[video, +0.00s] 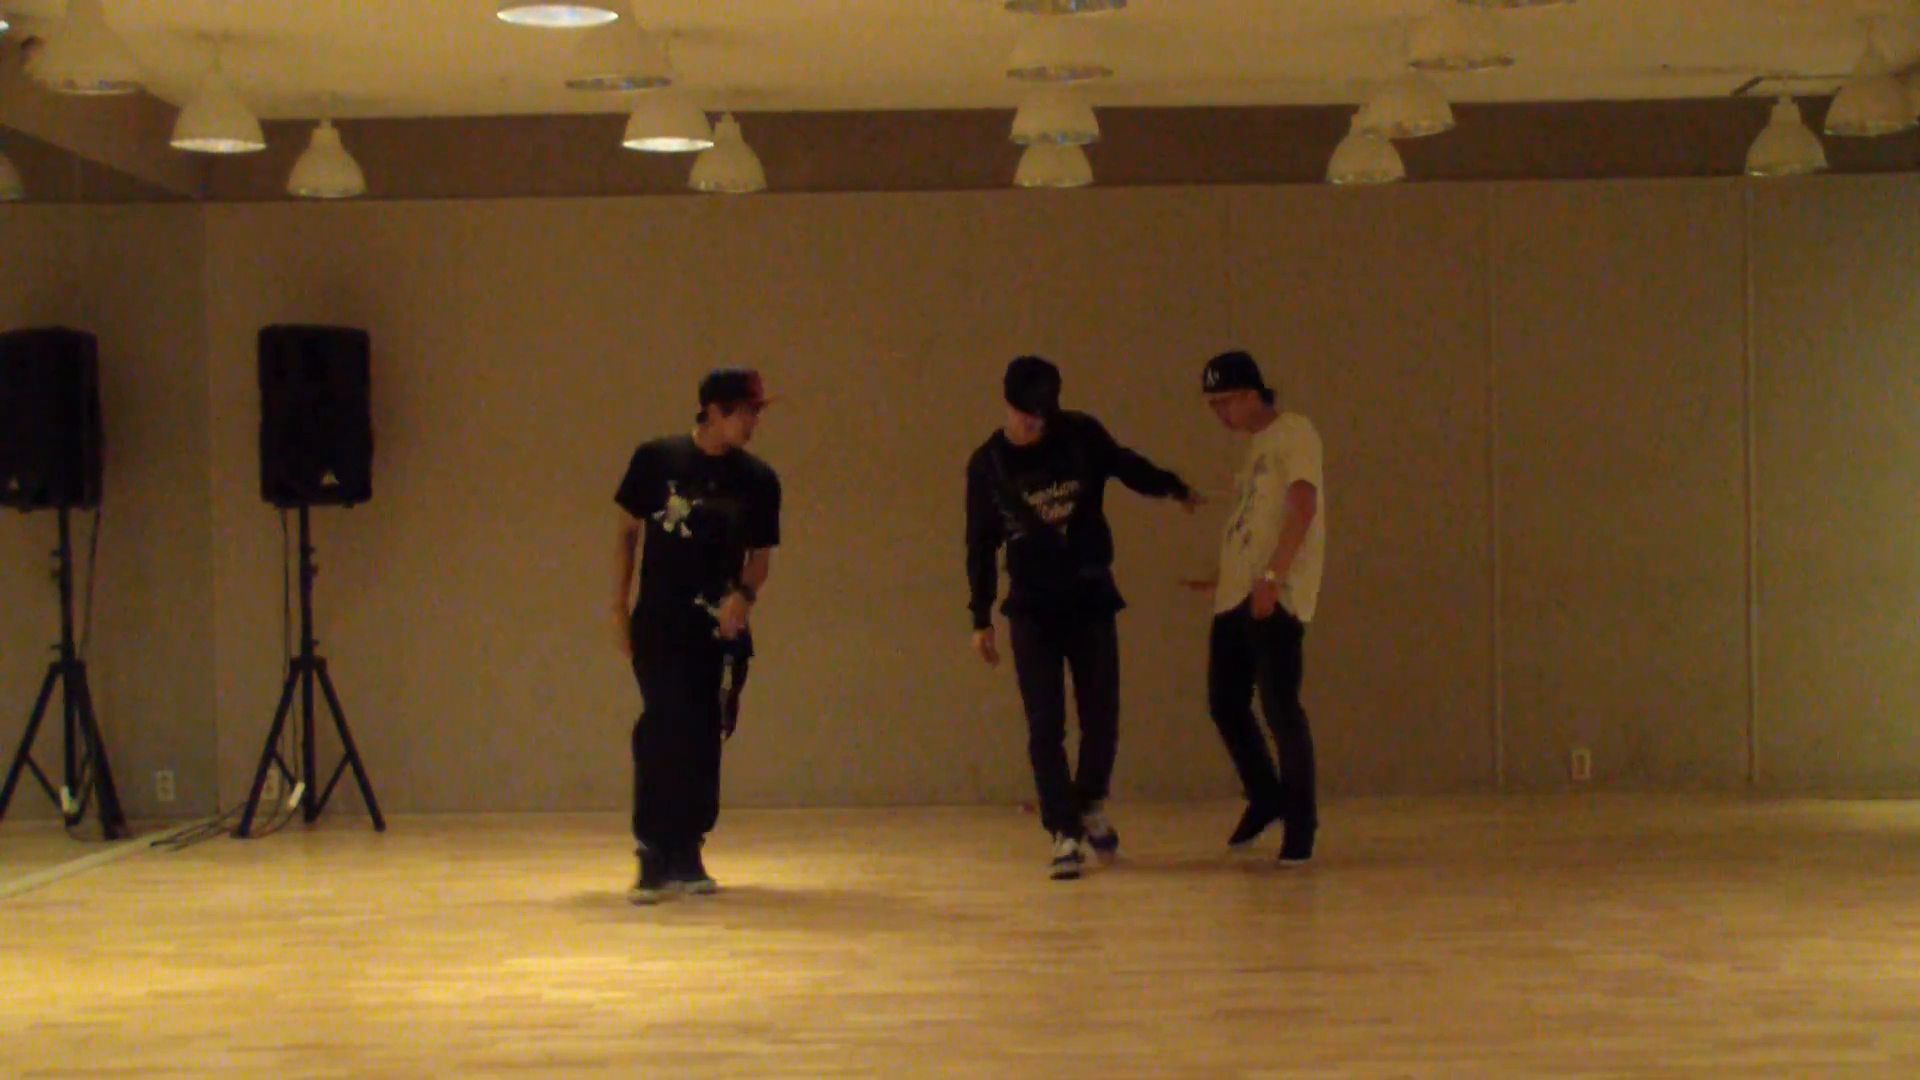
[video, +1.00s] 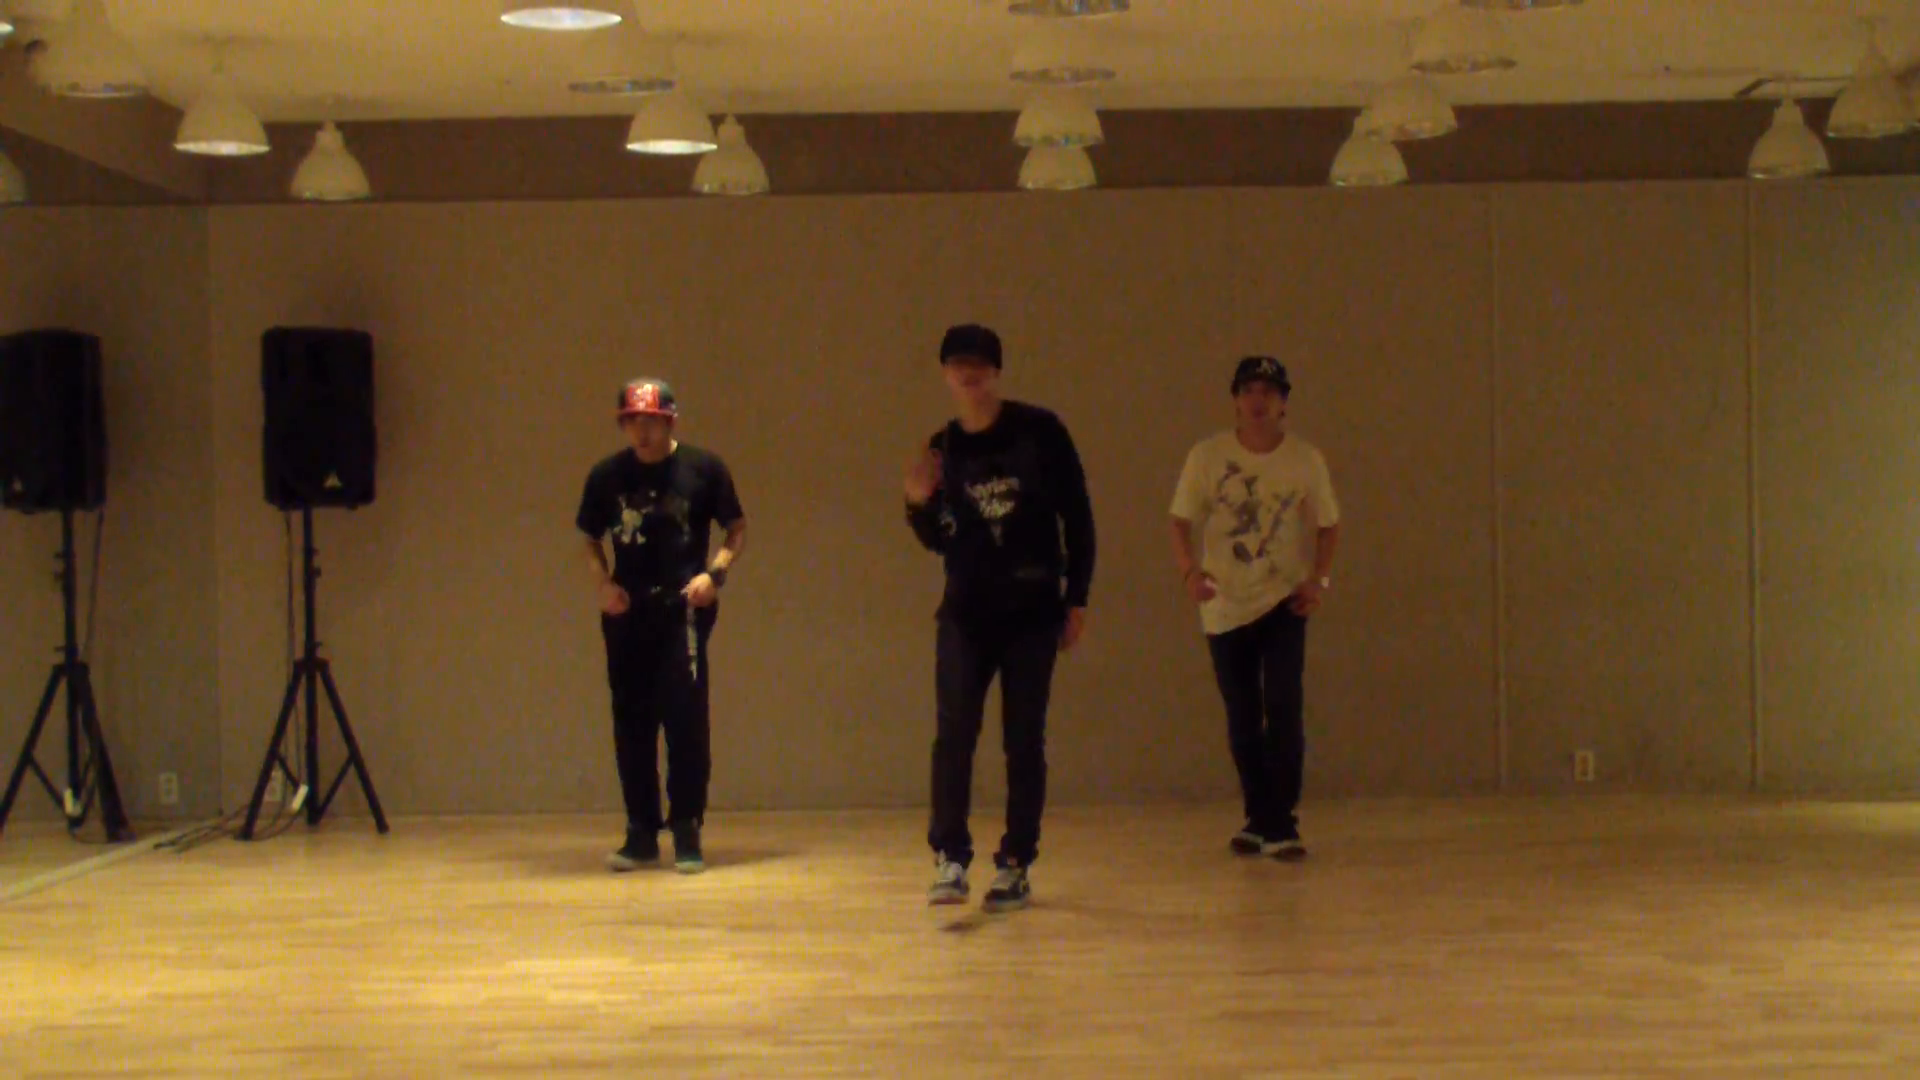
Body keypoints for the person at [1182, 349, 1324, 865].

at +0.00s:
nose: (1222, 415)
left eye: (1226, 403)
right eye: (1216, 406)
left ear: (1253, 394)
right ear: (1226, 402)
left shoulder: (1294, 433)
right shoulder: (1253, 447)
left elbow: (1302, 508)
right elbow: (1254, 525)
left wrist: (1272, 577)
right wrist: (1223, 580)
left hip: (1276, 601)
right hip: (1236, 601)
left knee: (1281, 710)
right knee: (1228, 705)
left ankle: (1301, 823)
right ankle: (1263, 796)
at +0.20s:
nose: (1208, 424)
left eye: (1216, 413)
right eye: (1202, 416)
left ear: (1244, 408)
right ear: (1202, 417)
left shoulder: (1287, 447)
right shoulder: (1226, 472)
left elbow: (1315, 515)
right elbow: (1232, 554)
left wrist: (1289, 580)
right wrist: (1204, 605)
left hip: (1282, 604)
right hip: (1234, 610)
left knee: (1283, 714)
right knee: (1237, 717)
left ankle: (1299, 829)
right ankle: (1263, 814)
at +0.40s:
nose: (1208, 415)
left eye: (1217, 404)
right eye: (1200, 406)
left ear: (1238, 405)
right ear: (1192, 412)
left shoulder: (1285, 450)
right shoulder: (1198, 476)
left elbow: (1322, 519)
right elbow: (1200, 557)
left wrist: (1321, 585)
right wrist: (1200, 626)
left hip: (1294, 600)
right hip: (1238, 613)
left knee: (1297, 707)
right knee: (1247, 724)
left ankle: (1298, 803)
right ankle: (1262, 818)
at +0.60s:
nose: (1221, 409)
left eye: (1230, 398)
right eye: (1212, 401)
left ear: (1249, 400)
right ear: (1203, 407)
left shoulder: (1293, 448)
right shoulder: (1196, 470)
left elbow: (1329, 513)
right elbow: (1191, 552)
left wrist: (1322, 575)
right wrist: (1197, 625)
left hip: (1296, 595)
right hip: (1237, 608)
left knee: (1307, 693)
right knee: (1248, 718)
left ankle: (1315, 786)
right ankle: (1264, 820)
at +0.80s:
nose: (1236, 411)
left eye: (1245, 401)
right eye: (1227, 402)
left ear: (1263, 406)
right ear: (1213, 409)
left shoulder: (1296, 456)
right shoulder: (1199, 468)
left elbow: (1326, 521)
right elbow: (1185, 539)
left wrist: (1316, 583)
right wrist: (1190, 607)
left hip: (1290, 603)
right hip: (1230, 611)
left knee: (1305, 710)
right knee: (1240, 722)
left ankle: (1309, 814)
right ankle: (1264, 820)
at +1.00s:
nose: (1260, 402)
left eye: (1269, 393)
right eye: (1251, 393)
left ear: (1284, 402)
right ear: (1235, 400)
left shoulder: (1305, 460)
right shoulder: (1206, 456)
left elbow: (1327, 526)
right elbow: (1180, 520)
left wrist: (1317, 580)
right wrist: (1189, 570)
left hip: (1284, 604)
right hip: (1226, 608)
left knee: (1284, 713)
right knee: (1242, 718)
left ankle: (1282, 823)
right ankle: (1257, 821)